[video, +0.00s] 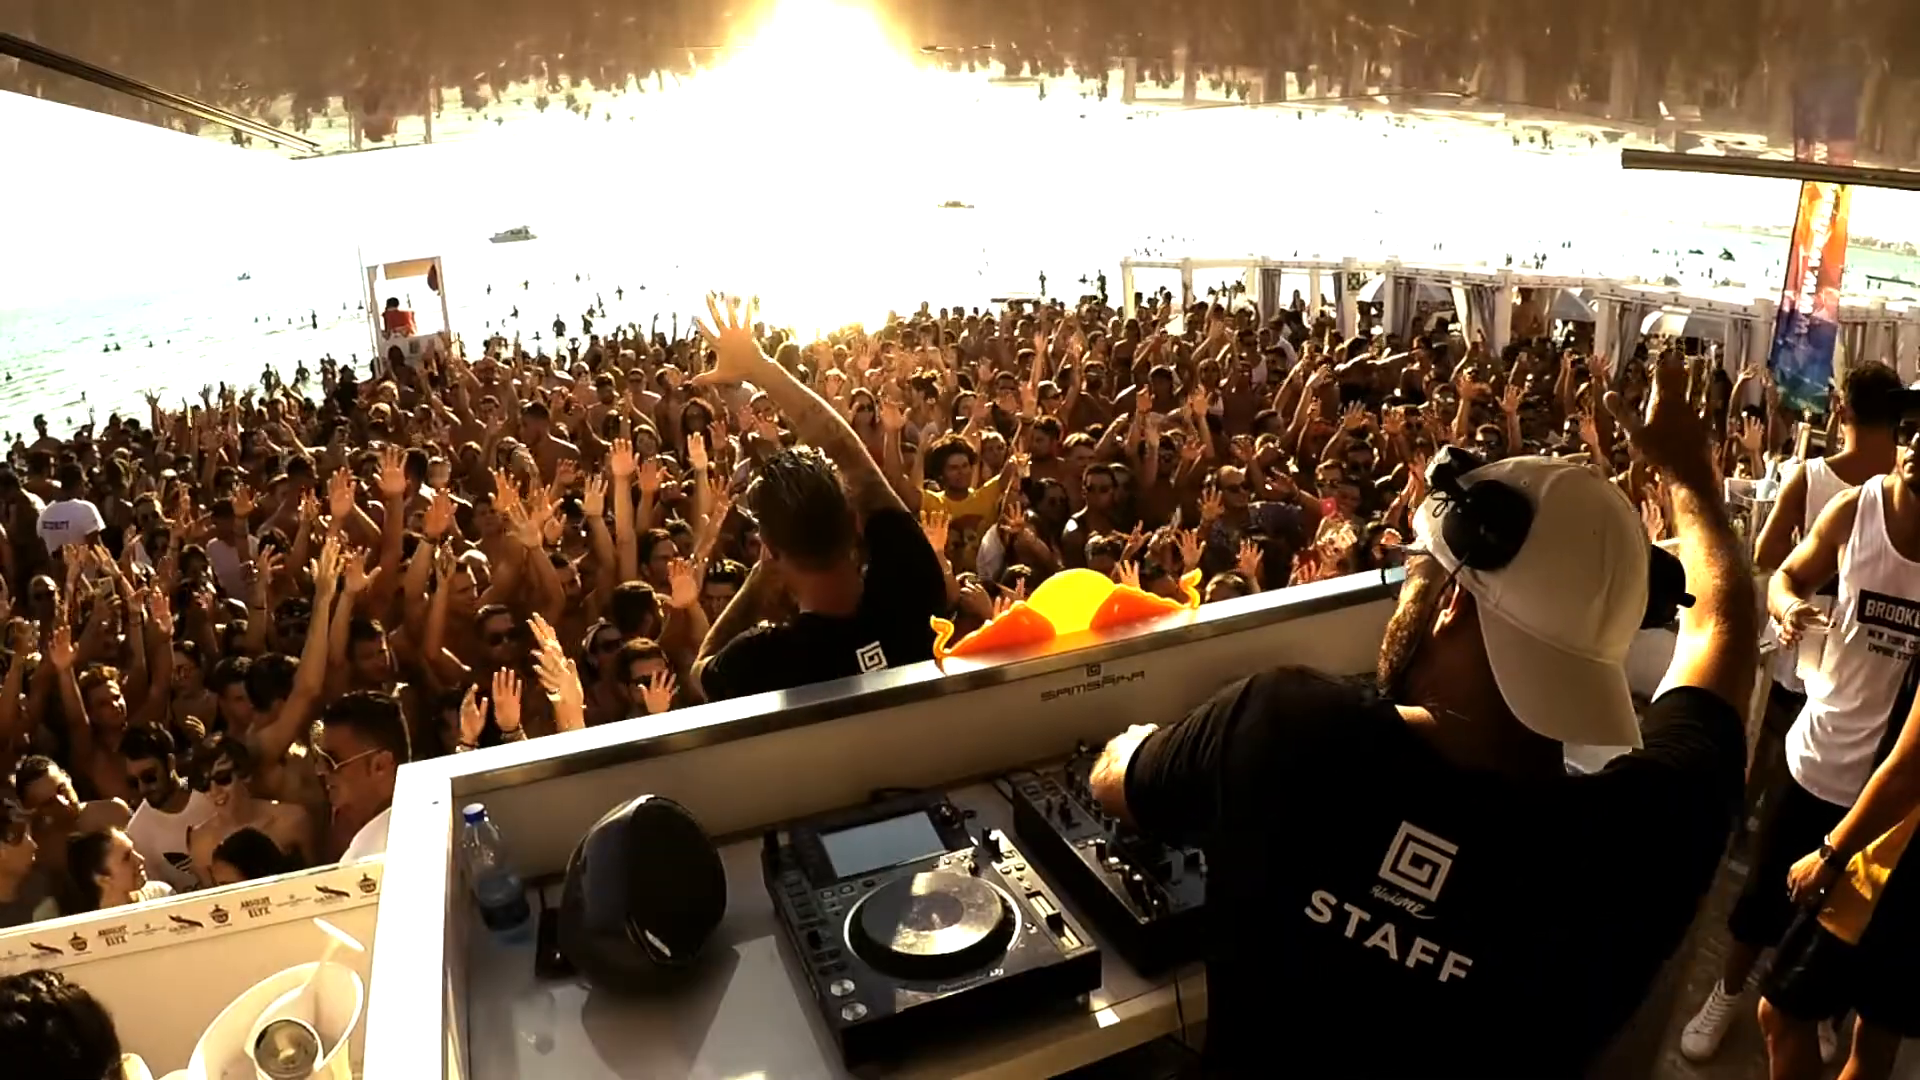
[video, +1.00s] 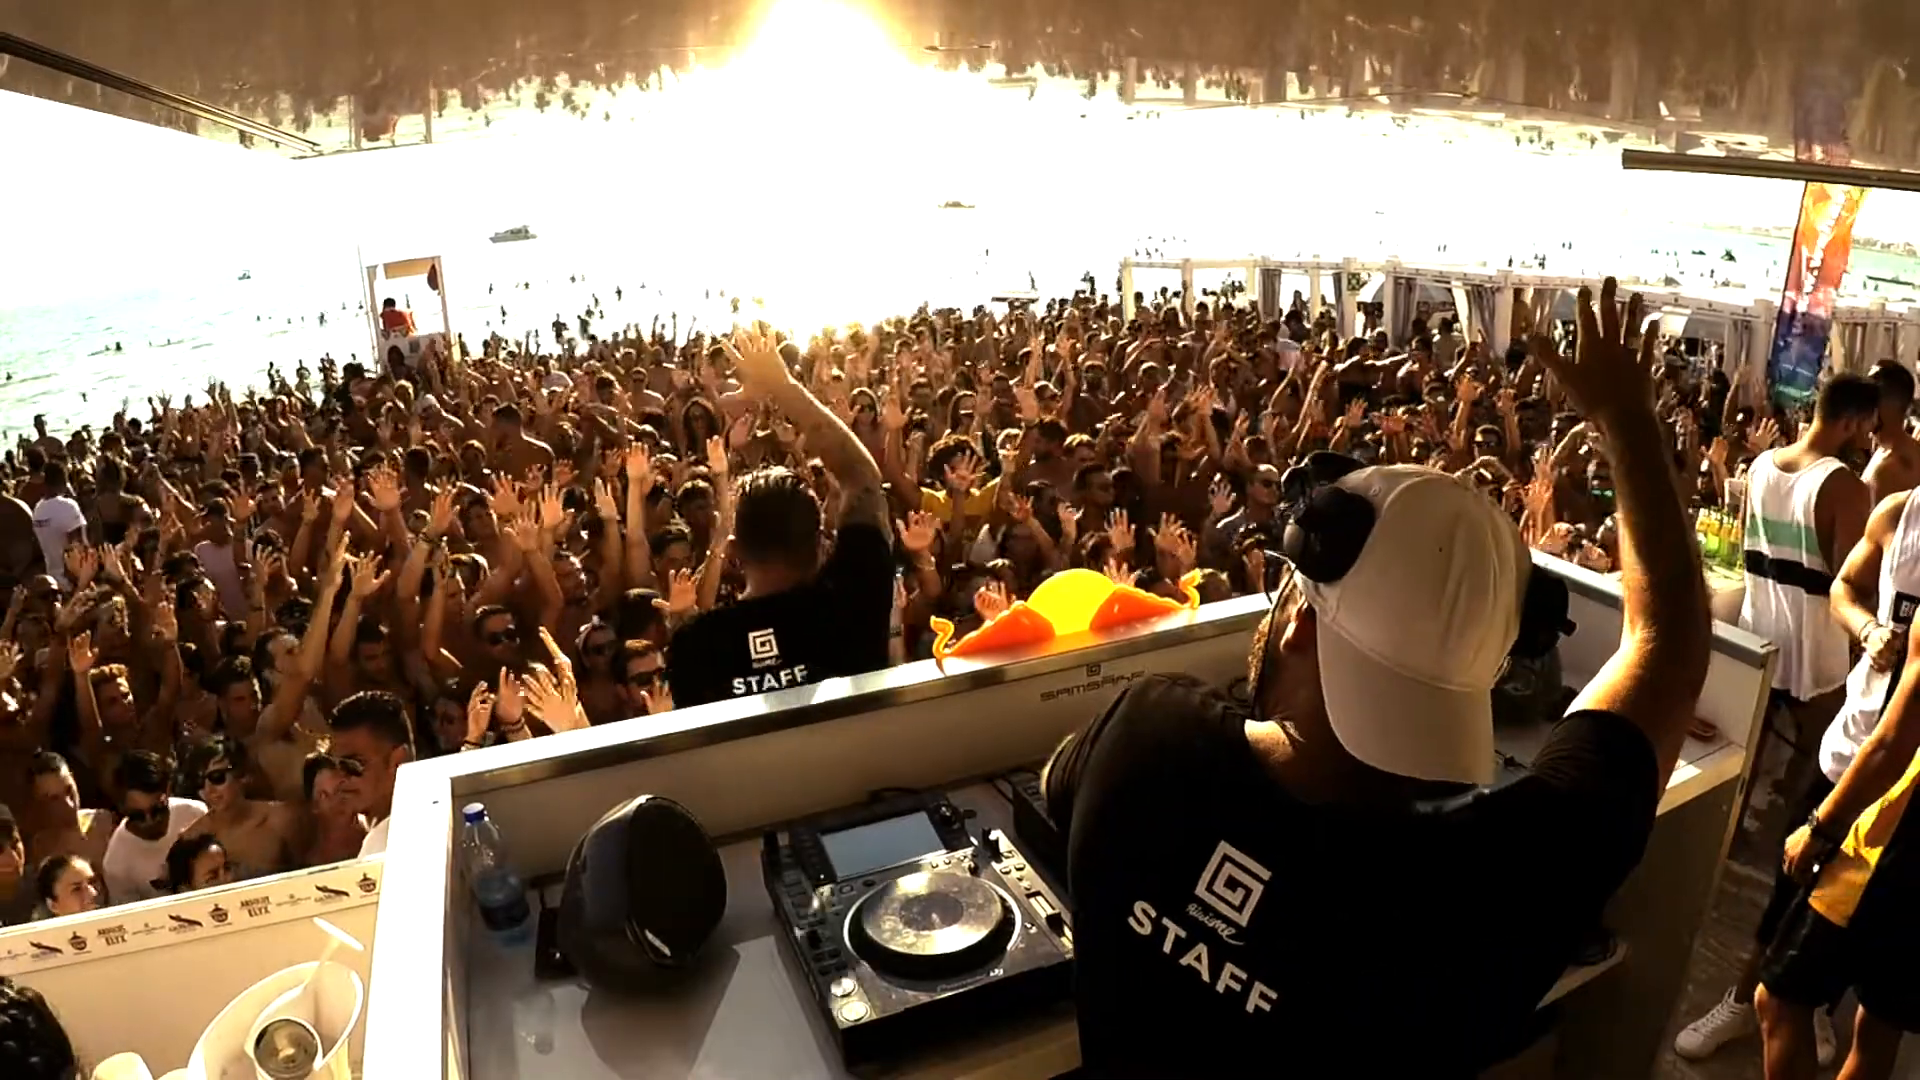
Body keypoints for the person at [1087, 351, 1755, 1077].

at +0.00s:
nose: (1402, 587)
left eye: (1419, 572)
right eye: (1416, 568)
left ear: (1457, 609)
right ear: (1588, 650)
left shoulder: (1283, 727)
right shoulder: (1628, 855)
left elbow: (1111, 782)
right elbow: (1724, 626)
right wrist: (1694, 477)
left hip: (1233, 1072)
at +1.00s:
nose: (1275, 601)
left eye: (1289, 588)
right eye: (1291, 581)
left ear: (1299, 623)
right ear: (1479, 674)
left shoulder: (1144, 734)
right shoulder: (1496, 886)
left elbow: (1052, 800)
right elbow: (1669, 636)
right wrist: (1627, 412)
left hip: (1112, 1055)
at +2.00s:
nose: (1309, 602)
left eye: (1319, 592)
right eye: (1328, 589)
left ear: (1324, 629)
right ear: (1500, 676)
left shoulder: (1162, 739)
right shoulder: (1497, 897)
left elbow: (1063, 782)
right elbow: (1675, 671)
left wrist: (1278, 716)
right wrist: (1617, 422)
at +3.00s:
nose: (1334, 541)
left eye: (1347, 522)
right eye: (1351, 520)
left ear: (1357, 557)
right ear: (1523, 586)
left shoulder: (1215, 688)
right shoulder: (1579, 782)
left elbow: (1054, 784)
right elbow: (1667, 582)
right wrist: (1570, 385)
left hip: (1199, 1049)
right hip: (1446, 1069)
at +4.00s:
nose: (1542, 429)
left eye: (1566, 418)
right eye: (1560, 411)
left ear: (1605, 495)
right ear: (1689, 496)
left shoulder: (1480, 664)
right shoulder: (1737, 642)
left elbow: (1203, 767)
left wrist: (1120, 672)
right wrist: (1503, 344)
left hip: (1436, 1061)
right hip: (1615, 1050)